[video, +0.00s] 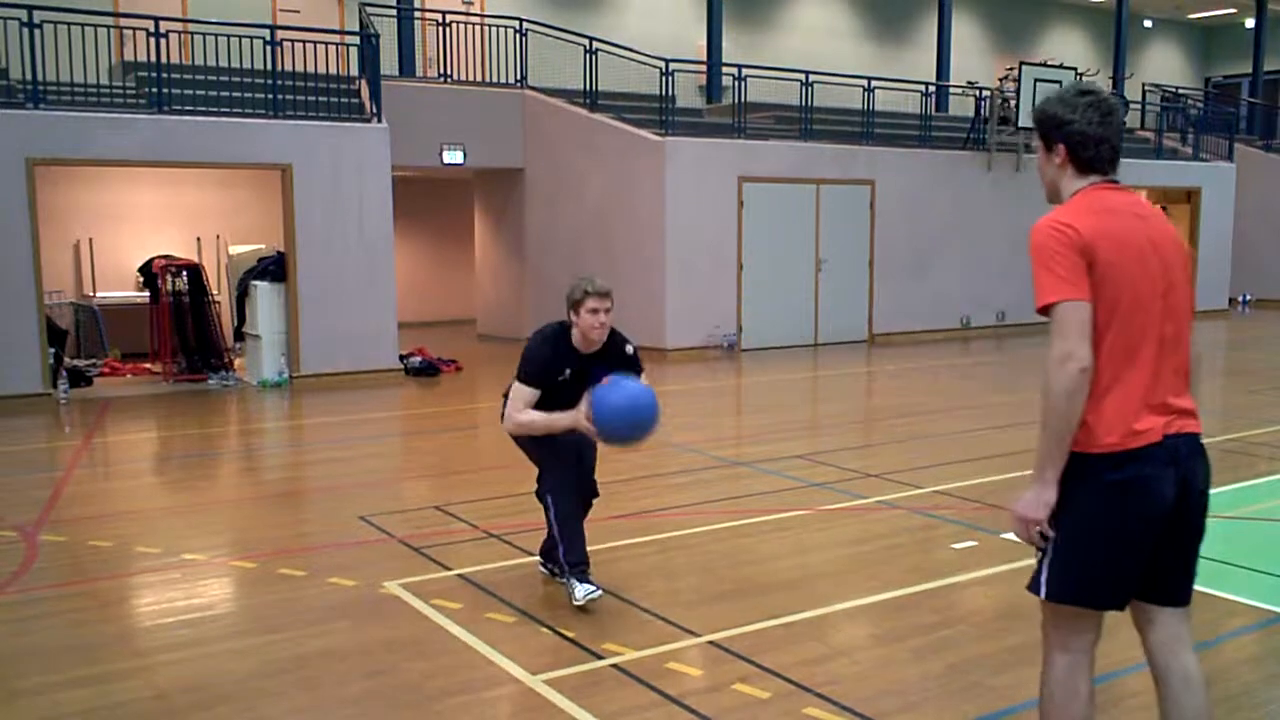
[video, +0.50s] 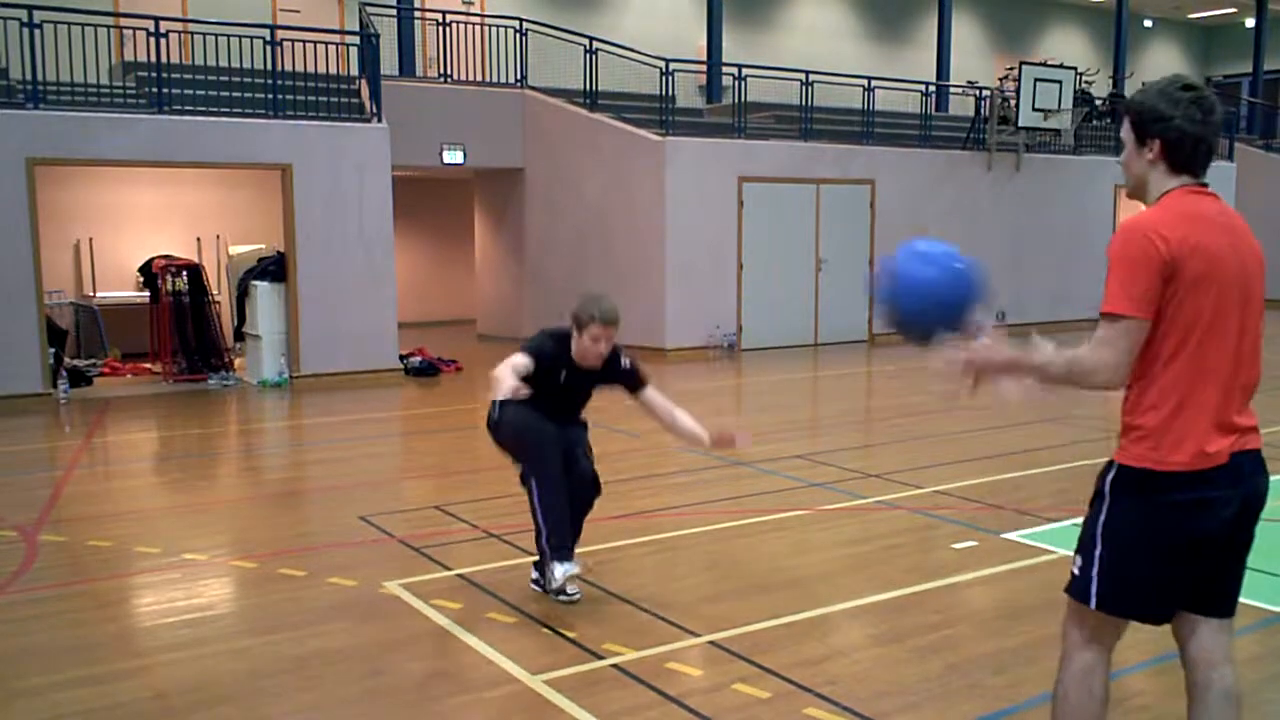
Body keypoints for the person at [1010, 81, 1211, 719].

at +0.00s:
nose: (1036, 162)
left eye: (1037, 148)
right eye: (1037, 149)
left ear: (1056, 152)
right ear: (1110, 149)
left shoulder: (1062, 228)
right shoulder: (1162, 224)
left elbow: (1073, 361)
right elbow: (1174, 348)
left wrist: (1043, 480)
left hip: (1106, 473)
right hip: (1181, 466)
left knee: (1069, 642)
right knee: (1167, 628)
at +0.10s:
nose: (1055, 161)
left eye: (1057, 147)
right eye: (1056, 147)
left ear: (1079, 151)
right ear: (1132, 151)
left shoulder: (1081, 228)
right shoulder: (1184, 228)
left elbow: (1084, 362)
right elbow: (1196, 357)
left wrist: (1047, 478)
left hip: (1114, 475)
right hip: (1194, 468)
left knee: (1075, 640)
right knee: (1179, 631)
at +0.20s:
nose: (1077, 162)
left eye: (1078, 148)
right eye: (1076, 149)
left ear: (1099, 151)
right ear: (1152, 151)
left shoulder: (1100, 228)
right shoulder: (1204, 232)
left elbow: (1093, 362)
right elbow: (1203, 351)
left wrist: (1038, 467)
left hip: (1125, 476)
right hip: (1205, 469)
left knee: (1080, 640)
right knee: (1189, 637)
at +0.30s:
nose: (1097, 156)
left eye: (1100, 142)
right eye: (1098, 142)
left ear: (1124, 146)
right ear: (1171, 147)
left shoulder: (1118, 226)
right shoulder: (1219, 230)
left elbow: (1101, 362)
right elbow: (1218, 353)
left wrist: (1024, 439)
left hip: (1132, 475)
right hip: (1215, 470)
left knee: (1082, 639)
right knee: (1193, 630)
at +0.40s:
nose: (1112, 158)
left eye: (1115, 143)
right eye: (1112, 143)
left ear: (1139, 146)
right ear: (1188, 147)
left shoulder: (1136, 227)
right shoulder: (1234, 232)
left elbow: (1098, 365)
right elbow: (1208, 360)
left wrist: (1011, 402)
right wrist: (1117, 395)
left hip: (1142, 474)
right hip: (1225, 471)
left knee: (1085, 637)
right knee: (1198, 632)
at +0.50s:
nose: (1120, 159)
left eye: (1124, 143)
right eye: (1122, 144)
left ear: (1149, 147)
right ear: (1196, 148)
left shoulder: (1146, 230)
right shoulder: (1239, 232)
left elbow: (1106, 365)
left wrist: (1009, 356)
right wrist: (1039, 363)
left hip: (1154, 475)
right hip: (1234, 472)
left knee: (1088, 637)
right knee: (1206, 636)